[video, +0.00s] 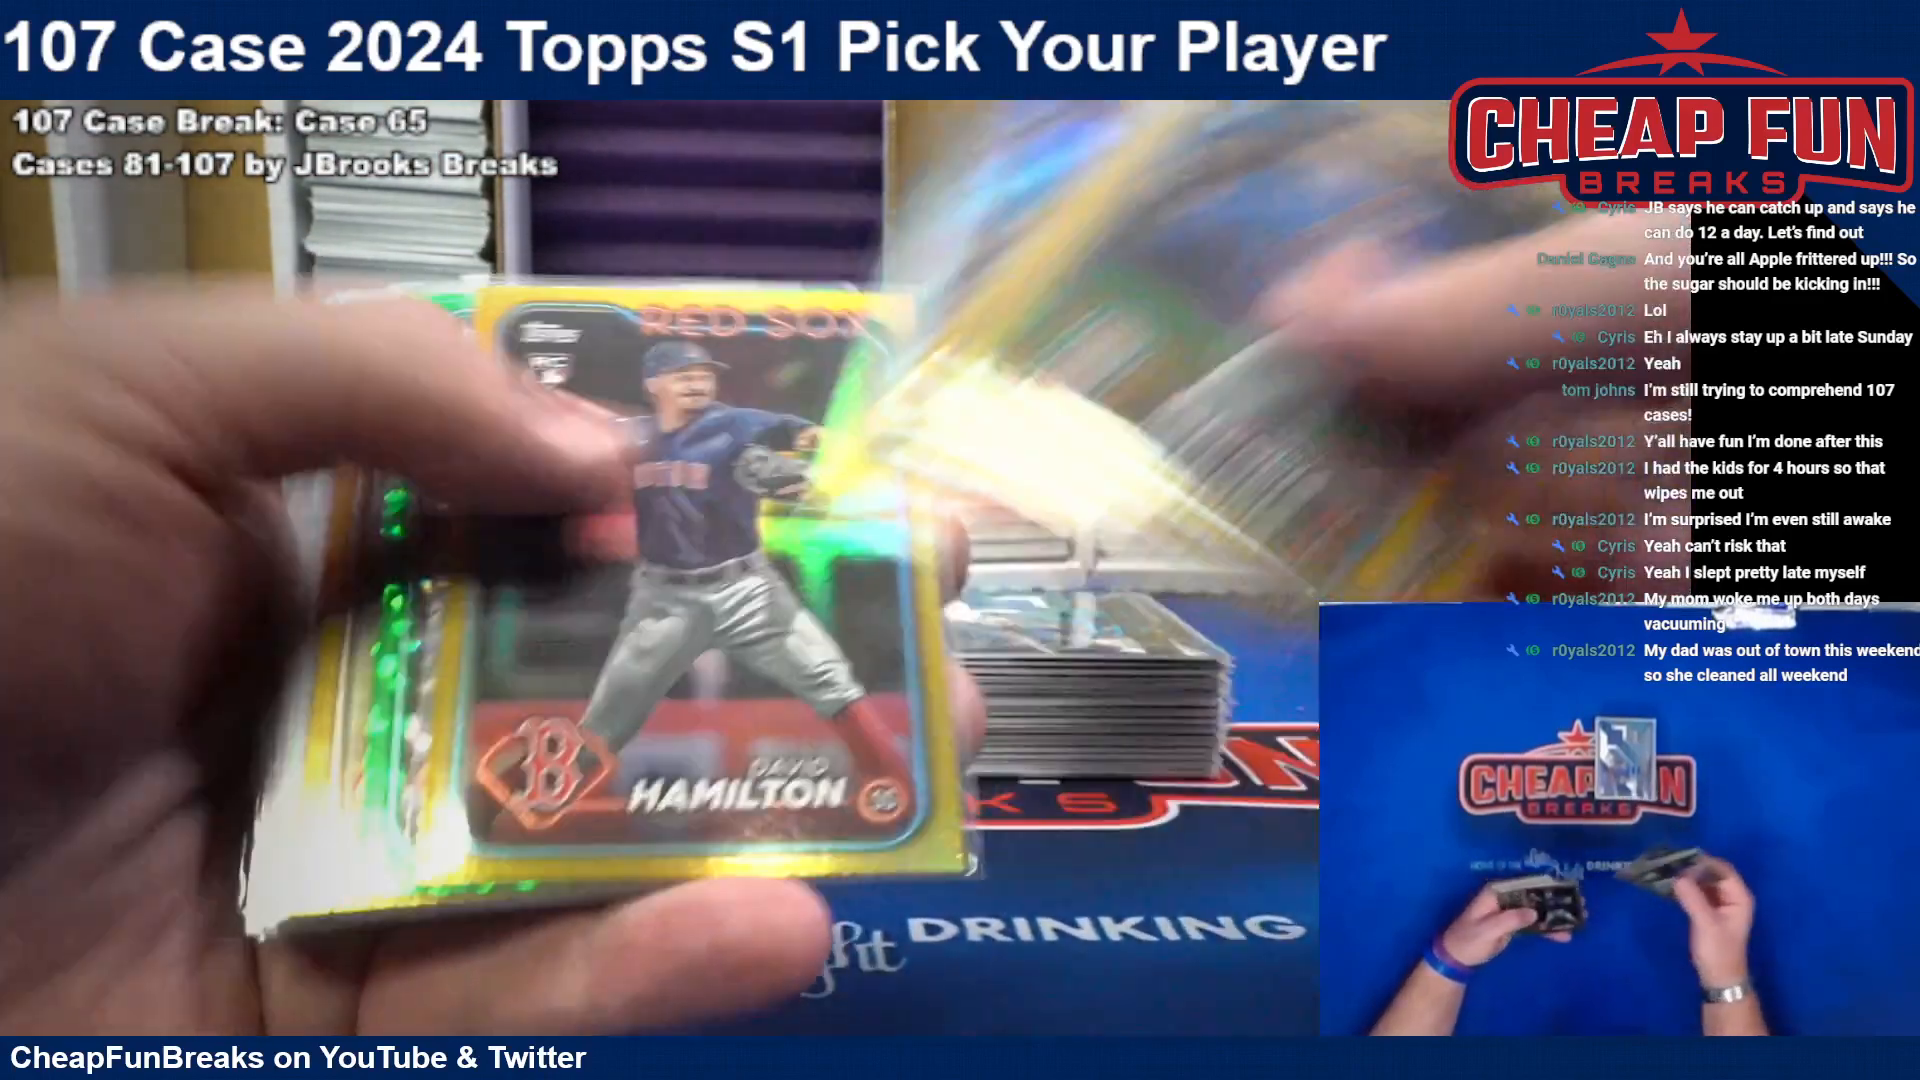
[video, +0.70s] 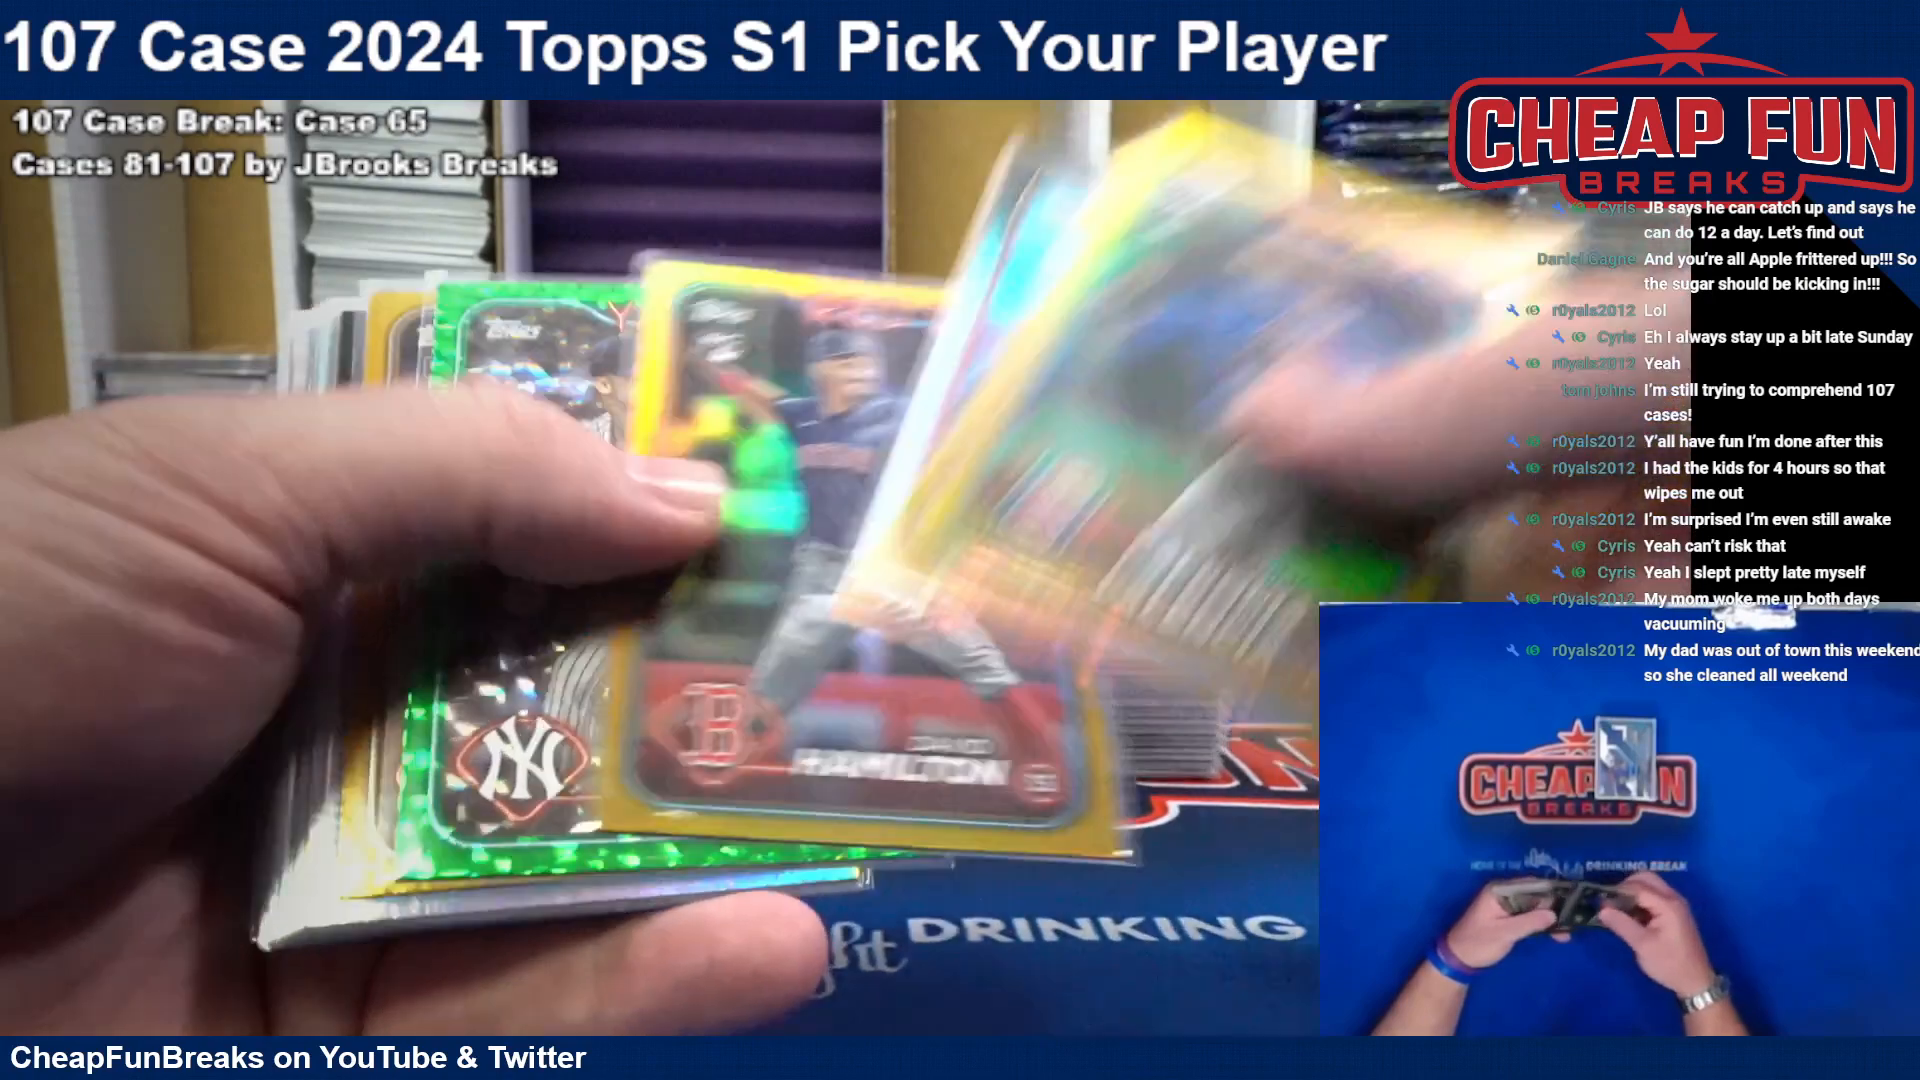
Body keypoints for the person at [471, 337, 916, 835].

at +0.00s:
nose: (700, 387)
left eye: (705, 377)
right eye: (686, 378)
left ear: (713, 382)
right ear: (654, 386)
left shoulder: (734, 425)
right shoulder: (632, 437)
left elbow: (807, 434)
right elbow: (575, 436)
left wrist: (808, 457)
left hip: (744, 586)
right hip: (664, 595)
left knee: (829, 678)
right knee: (616, 697)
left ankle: (899, 788)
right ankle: (556, 799)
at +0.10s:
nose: (706, 378)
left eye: (712, 369)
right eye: (693, 370)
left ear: (721, 376)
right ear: (664, 379)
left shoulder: (745, 418)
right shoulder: (643, 427)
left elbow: (842, 435)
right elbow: (599, 411)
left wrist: (839, 468)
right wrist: (553, 382)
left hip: (753, 578)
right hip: (672, 585)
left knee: (842, 669)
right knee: (615, 702)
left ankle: (913, 784)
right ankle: (554, 808)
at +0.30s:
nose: (782, 405)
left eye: (788, 396)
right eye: (768, 395)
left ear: (798, 401)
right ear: (739, 404)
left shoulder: (818, 445)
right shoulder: (720, 450)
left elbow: (912, 468)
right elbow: (683, 435)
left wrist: (910, 504)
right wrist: (632, 399)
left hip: (825, 607)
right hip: (743, 610)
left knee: (907, 705)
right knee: (678, 733)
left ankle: (972, 821)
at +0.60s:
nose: (806, 389)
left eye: (812, 380)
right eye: (794, 381)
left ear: (820, 386)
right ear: (766, 387)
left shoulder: (843, 427)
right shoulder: (746, 434)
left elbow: (929, 442)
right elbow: (708, 419)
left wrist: (942, 470)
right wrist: (662, 392)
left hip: (856, 581)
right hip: (779, 587)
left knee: (944, 671)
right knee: (727, 699)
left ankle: (1012, 778)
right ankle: (664, 789)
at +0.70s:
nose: (857, 373)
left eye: (864, 363)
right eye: (844, 364)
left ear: (878, 369)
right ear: (818, 373)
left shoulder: (899, 420)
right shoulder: (802, 417)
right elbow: (759, 404)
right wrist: (730, 383)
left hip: (891, 568)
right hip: (825, 564)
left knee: (966, 647)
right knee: (793, 649)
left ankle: (1038, 749)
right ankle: (736, 741)